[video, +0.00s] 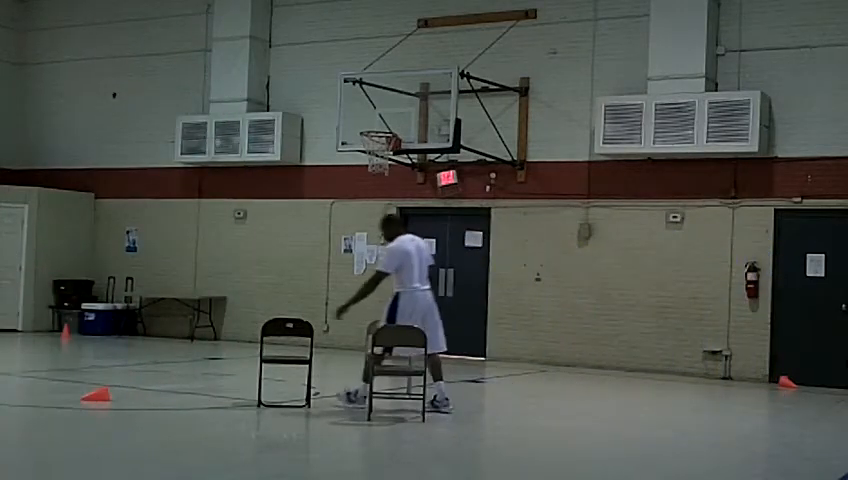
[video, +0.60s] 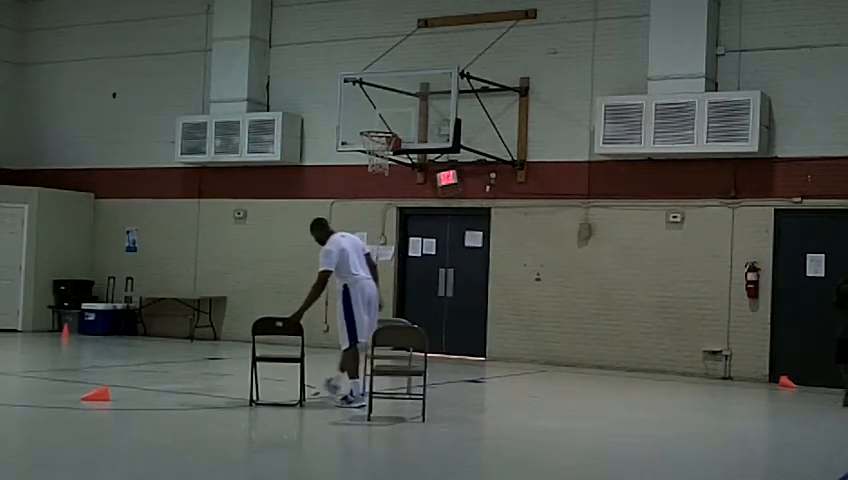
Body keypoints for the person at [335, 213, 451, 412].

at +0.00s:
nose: (383, 235)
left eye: (384, 231)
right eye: (383, 231)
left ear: (392, 228)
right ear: (402, 227)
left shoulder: (396, 247)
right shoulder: (421, 242)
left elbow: (375, 281)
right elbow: (430, 267)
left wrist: (348, 304)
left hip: (405, 299)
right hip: (426, 297)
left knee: (383, 347)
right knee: (431, 349)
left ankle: (362, 392)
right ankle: (441, 396)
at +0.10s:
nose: (364, 238)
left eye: (364, 233)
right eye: (363, 234)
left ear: (369, 232)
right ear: (381, 229)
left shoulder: (378, 249)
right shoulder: (404, 243)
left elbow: (354, 285)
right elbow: (415, 264)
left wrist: (327, 308)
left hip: (391, 298)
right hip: (413, 297)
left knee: (366, 345)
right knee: (413, 346)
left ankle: (358, 393)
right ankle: (436, 388)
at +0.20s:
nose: (350, 241)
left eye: (349, 237)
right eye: (349, 237)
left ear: (352, 235)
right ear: (364, 229)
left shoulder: (361, 251)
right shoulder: (390, 241)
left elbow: (339, 288)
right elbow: (404, 267)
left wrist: (314, 312)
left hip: (380, 296)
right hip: (402, 294)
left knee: (359, 345)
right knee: (396, 344)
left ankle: (357, 394)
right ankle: (422, 382)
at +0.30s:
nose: (337, 239)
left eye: (336, 236)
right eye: (336, 236)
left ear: (340, 234)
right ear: (352, 228)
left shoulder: (350, 249)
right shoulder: (378, 238)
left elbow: (334, 286)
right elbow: (397, 263)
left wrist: (311, 312)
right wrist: (402, 287)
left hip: (372, 293)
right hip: (393, 290)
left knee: (355, 343)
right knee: (385, 339)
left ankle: (356, 394)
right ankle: (405, 381)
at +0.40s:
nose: (329, 241)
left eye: (328, 237)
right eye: (327, 237)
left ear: (331, 233)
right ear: (342, 227)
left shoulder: (344, 246)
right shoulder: (367, 237)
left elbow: (329, 284)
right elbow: (388, 262)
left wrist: (305, 312)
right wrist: (397, 291)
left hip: (366, 291)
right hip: (385, 288)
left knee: (354, 342)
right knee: (376, 338)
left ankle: (356, 393)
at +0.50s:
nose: (322, 240)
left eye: (321, 237)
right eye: (320, 237)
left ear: (324, 233)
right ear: (335, 227)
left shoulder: (336, 246)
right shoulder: (361, 237)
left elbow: (323, 284)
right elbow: (380, 264)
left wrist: (300, 314)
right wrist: (387, 294)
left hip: (359, 291)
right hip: (377, 288)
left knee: (355, 343)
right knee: (363, 341)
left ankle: (356, 393)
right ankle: (359, 389)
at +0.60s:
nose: (316, 241)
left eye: (316, 237)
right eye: (315, 237)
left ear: (319, 233)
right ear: (329, 227)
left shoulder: (331, 246)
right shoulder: (353, 239)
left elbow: (320, 284)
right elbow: (372, 265)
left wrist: (298, 314)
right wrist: (376, 294)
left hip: (352, 290)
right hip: (368, 288)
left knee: (351, 342)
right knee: (355, 340)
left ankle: (356, 393)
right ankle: (339, 381)